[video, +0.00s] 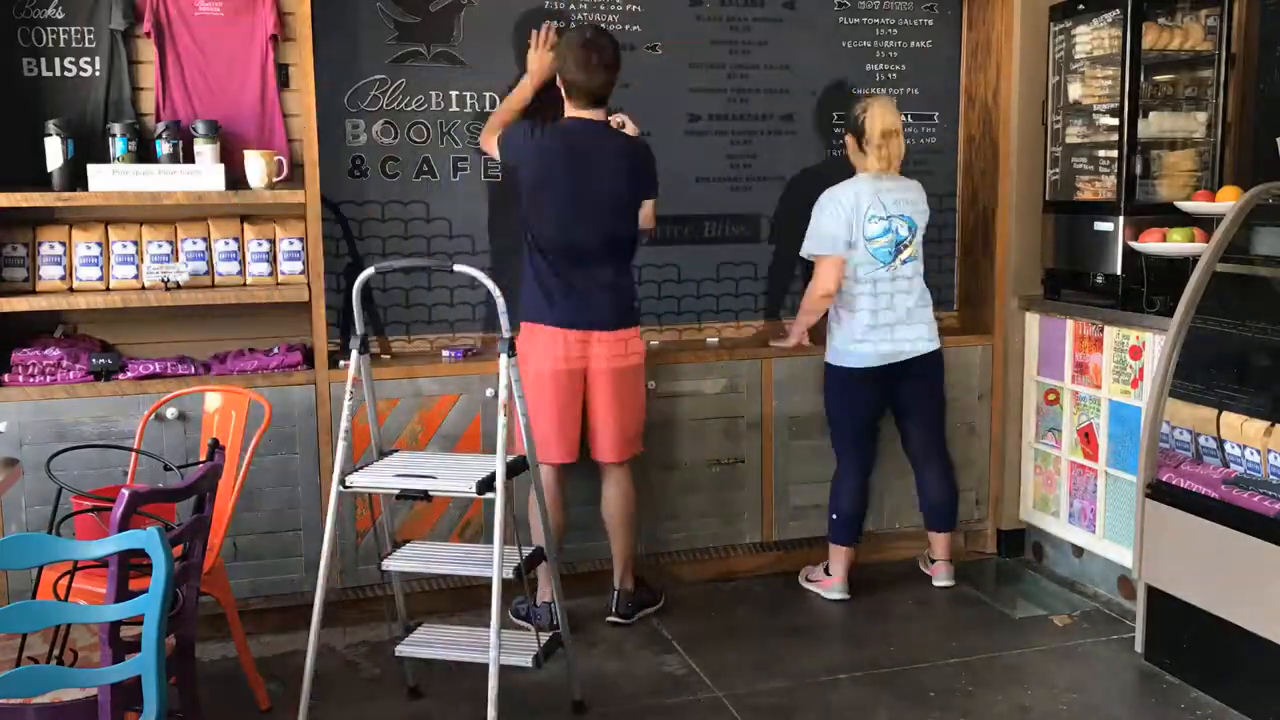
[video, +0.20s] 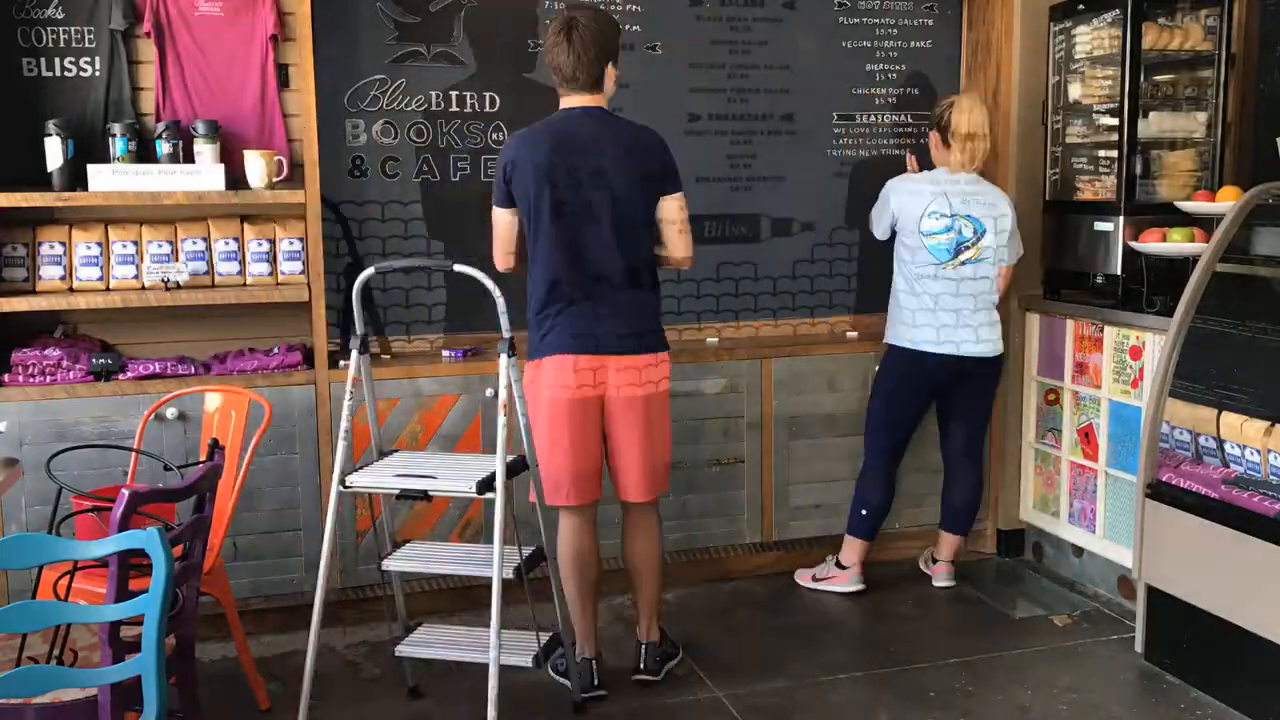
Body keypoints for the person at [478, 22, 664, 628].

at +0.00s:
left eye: (559, 66)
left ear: (557, 82)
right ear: (614, 82)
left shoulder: (533, 145)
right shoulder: (634, 151)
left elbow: (490, 135)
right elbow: (646, 223)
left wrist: (532, 77)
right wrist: (630, 144)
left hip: (546, 328)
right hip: (615, 328)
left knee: (546, 469)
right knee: (616, 466)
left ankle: (545, 600)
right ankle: (624, 590)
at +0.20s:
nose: (620, 73)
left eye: (610, 63)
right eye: (619, 64)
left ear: (552, 70)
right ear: (611, 71)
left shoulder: (521, 149)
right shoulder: (645, 145)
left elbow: (504, 258)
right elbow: (680, 252)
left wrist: (558, 236)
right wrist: (621, 241)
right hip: (637, 357)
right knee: (641, 504)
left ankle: (585, 660)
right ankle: (651, 644)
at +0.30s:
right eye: (551, 65)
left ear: (495, 82)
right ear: (552, 79)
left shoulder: (472, 156)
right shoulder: (578, 145)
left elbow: (443, 250)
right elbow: (589, 132)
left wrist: (487, 232)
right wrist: (577, 77)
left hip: (507, 341)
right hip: (580, 333)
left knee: (521, 476)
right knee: (604, 460)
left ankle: (545, 609)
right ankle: (625, 591)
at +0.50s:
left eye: (499, 75)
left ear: (497, 88)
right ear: (549, 80)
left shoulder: (482, 159)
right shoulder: (581, 140)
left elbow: (458, 252)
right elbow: (618, 144)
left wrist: (506, 241)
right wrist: (594, 75)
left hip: (524, 332)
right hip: (588, 324)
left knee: (534, 470)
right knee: (615, 451)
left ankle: (544, 600)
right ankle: (637, 579)